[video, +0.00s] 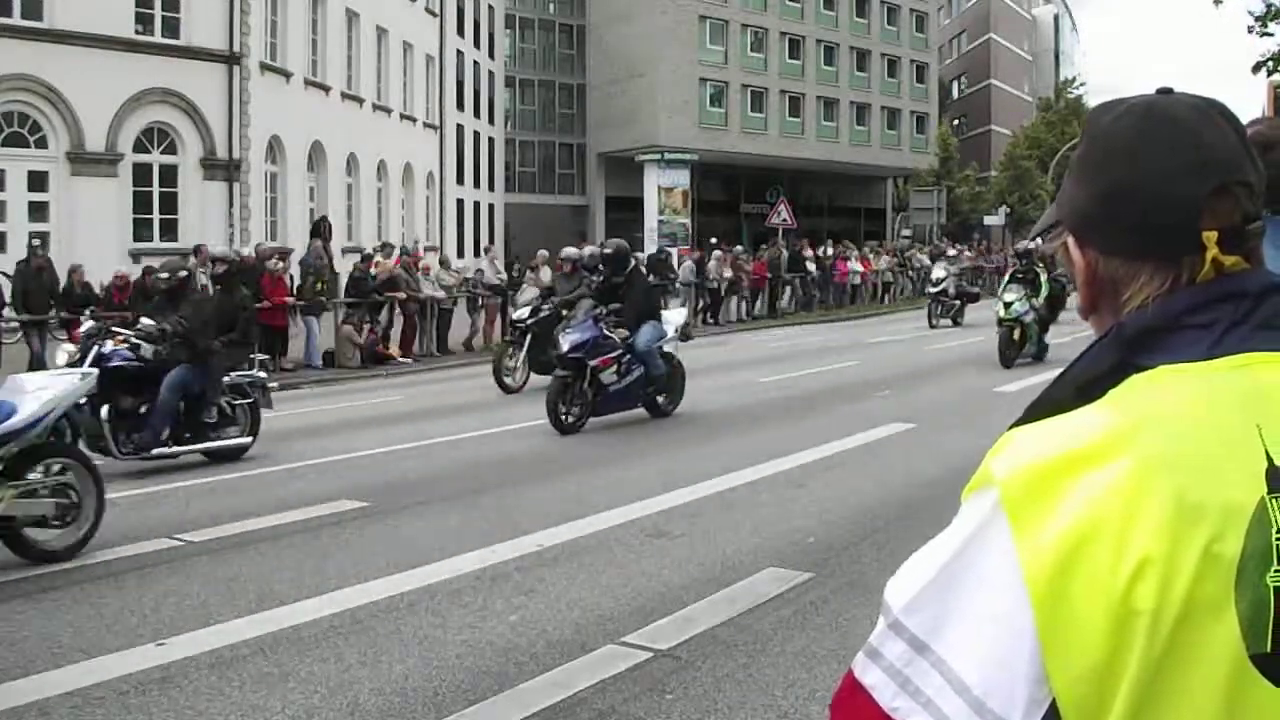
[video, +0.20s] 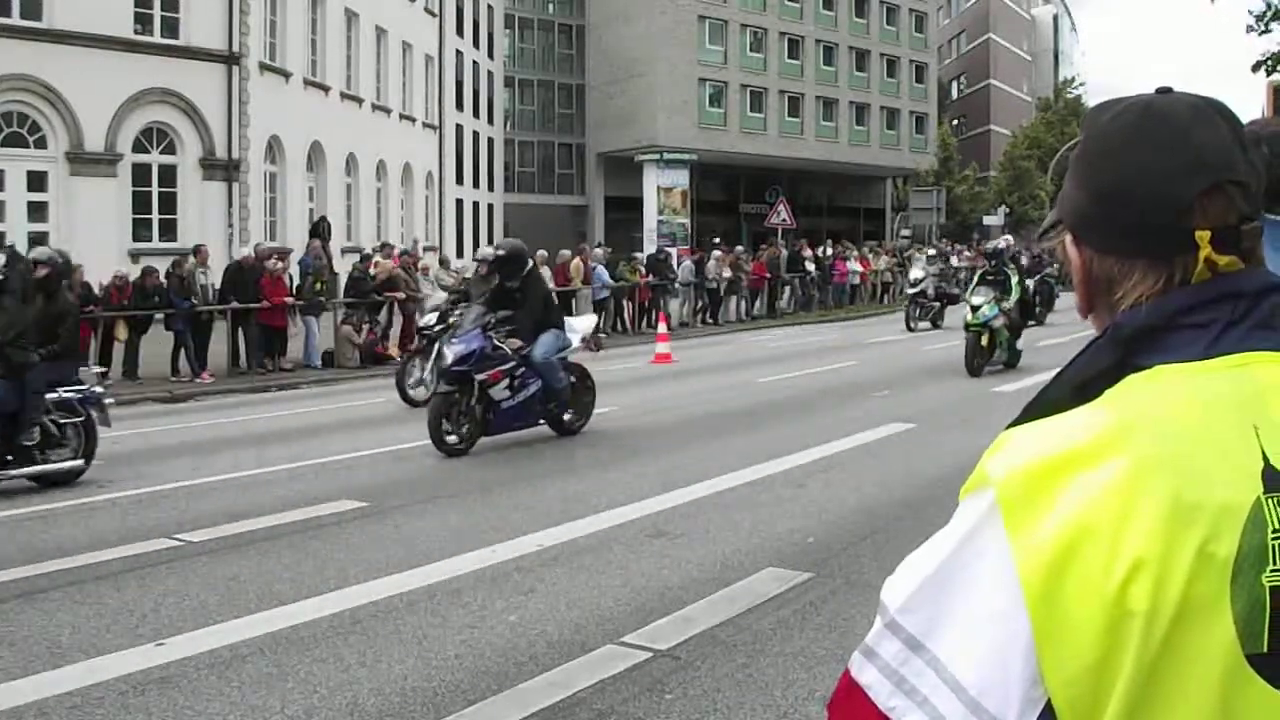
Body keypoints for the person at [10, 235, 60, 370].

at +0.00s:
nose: (40, 261)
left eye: (42, 258)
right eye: (37, 258)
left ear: (45, 256)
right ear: (31, 256)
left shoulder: (47, 265)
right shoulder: (22, 268)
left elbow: (54, 288)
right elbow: (16, 292)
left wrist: (59, 307)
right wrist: (21, 312)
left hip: (44, 313)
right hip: (27, 314)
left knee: (41, 350)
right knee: (36, 350)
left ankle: (31, 378)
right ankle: (43, 379)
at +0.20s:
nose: (34, 271)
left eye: (40, 266)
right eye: (33, 266)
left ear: (54, 269)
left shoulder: (66, 302)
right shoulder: (38, 299)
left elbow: (65, 342)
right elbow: (29, 329)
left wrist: (39, 354)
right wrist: (18, 347)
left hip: (63, 362)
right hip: (36, 357)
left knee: (34, 375)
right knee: (10, 370)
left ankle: (31, 425)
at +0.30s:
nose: (39, 260)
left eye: (42, 257)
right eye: (36, 256)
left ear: (44, 257)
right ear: (30, 256)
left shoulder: (46, 271)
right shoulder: (20, 270)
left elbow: (55, 293)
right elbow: (16, 292)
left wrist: (62, 310)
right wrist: (20, 311)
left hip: (43, 314)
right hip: (27, 315)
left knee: (39, 351)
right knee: (36, 349)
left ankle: (31, 382)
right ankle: (43, 375)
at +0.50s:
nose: (39, 260)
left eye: (41, 256)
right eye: (36, 256)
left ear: (44, 256)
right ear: (30, 256)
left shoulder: (46, 271)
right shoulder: (21, 270)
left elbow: (55, 292)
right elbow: (16, 293)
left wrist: (61, 310)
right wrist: (20, 311)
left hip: (43, 314)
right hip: (27, 315)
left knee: (39, 351)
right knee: (36, 350)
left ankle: (31, 382)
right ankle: (44, 375)